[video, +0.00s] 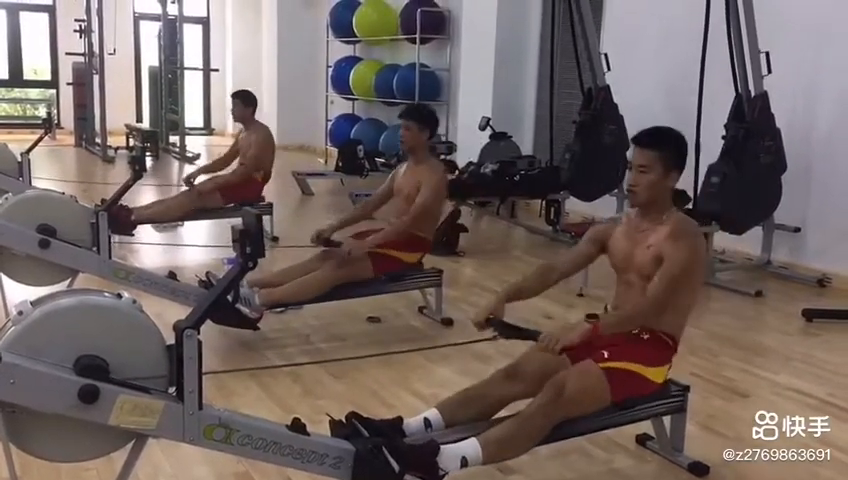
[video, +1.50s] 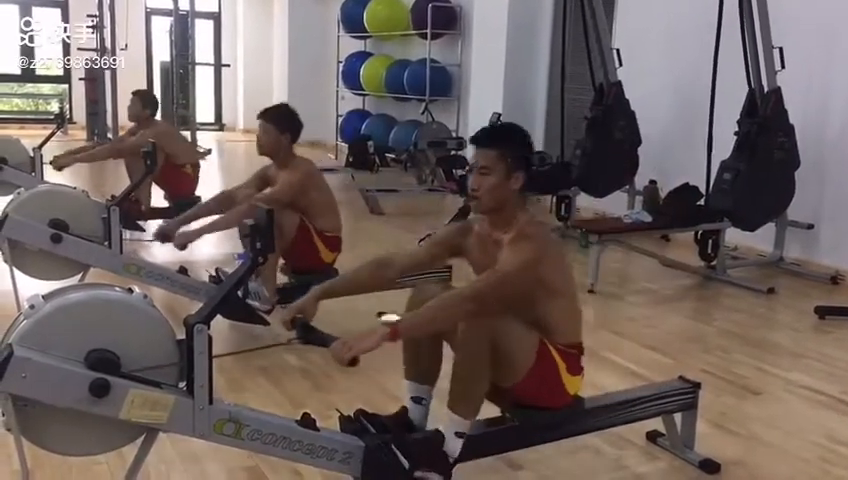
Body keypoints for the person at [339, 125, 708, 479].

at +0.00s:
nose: (632, 179)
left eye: (644, 171)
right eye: (631, 169)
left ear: (674, 177)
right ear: (629, 172)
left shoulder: (684, 238)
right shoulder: (614, 229)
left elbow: (645, 312)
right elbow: (555, 269)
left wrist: (584, 331)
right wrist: (504, 298)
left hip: (649, 348)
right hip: (607, 332)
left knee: (557, 394)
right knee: (515, 374)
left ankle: (444, 462)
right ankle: (407, 430)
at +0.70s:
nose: (600, 177)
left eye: (613, 169)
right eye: (599, 167)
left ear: (642, 177)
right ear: (596, 170)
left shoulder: (658, 234)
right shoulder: (588, 224)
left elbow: (607, 295)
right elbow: (520, 264)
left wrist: (542, 329)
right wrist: (464, 289)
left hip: (642, 353)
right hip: (594, 332)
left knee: (547, 364)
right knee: (505, 350)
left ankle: (446, 458)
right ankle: (412, 429)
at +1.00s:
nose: (567, 176)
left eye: (579, 168)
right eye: (566, 166)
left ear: (611, 177)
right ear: (565, 168)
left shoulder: (625, 235)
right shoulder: (558, 224)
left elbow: (570, 289)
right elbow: (486, 262)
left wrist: (500, 323)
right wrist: (426, 288)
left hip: (621, 358)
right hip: (578, 339)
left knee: (530, 342)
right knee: (481, 327)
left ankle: (448, 455)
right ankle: (413, 426)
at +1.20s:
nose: (538, 177)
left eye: (551, 168)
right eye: (539, 166)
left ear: (581, 177)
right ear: (536, 168)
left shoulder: (596, 235)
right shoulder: (531, 226)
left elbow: (541, 291)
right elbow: (457, 260)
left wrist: (462, 326)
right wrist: (392, 287)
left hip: (599, 365)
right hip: (560, 348)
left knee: (512, 335)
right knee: (464, 319)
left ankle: (449, 453)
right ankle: (414, 424)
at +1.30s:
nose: (519, 178)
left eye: (532, 169)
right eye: (518, 167)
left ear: (563, 176)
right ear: (514, 167)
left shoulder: (576, 237)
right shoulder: (512, 226)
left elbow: (518, 294)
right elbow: (439, 261)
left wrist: (436, 327)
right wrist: (371, 286)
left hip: (585, 368)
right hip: (544, 349)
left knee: (502, 331)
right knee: (452, 309)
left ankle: (447, 453)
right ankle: (415, 425)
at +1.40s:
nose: (497, 180)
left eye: (510, 171)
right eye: (495, 169)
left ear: (542, 178)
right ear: (492, 169)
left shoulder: (555, 240)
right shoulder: (491, 228)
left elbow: (494, 297)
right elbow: (418, 263)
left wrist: (407, 329)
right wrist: (346, 289)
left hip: (571, 373)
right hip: (524, 360)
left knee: (489, 325)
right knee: (437, 299)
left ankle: (447, 449)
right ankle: (416, 424)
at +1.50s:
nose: (472, 183)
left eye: (485, 173)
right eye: (472, 171)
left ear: (517, 180)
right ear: (470, 173)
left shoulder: (533, 243)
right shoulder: (468, 232)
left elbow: (475, 301)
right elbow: (392, 267)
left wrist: (385, 331)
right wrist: (317, 294)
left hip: (553, 382)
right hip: (505, 372)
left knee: (475, 318)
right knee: (427, 298)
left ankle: (446, 451)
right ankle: (414, 421)